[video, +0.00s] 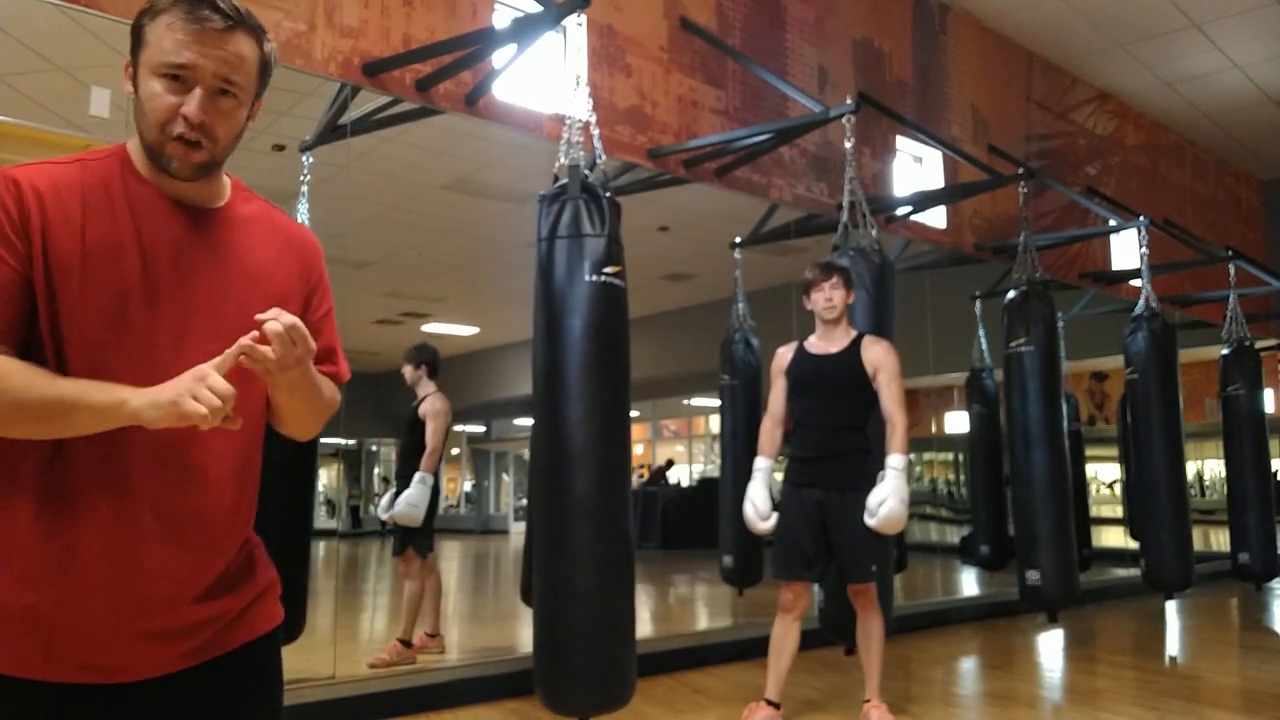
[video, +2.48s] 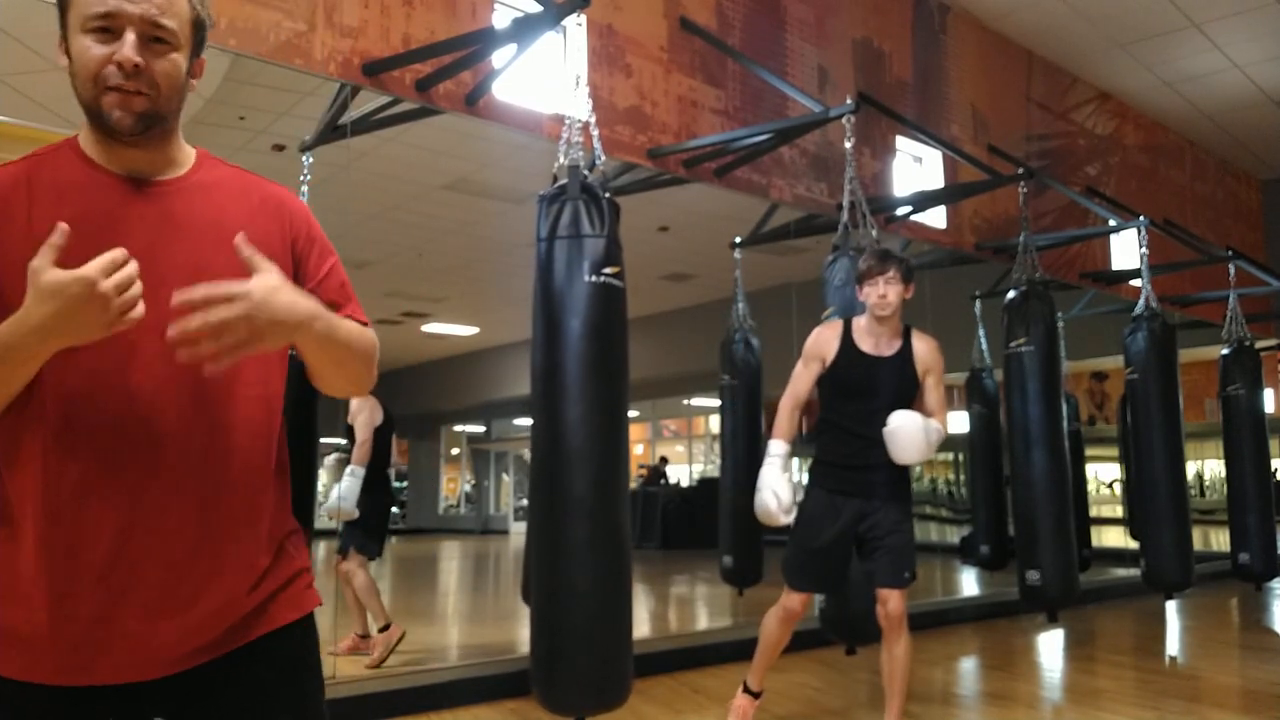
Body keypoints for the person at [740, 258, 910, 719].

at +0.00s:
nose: (827, 296)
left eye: (835, 289)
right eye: (819, 290)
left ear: (849, 296)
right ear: (808, 299)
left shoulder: (876, 351)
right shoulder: (787, 356)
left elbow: (895, 418)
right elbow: (773, 421)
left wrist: (895, 475)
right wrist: (760, 477)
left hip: (858, 491)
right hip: (801, 491)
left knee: (864, 596)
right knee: (789, 598)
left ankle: (873, 700)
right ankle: (771, 702)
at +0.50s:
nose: (813, 295)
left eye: (822, 287)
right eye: (807, 290)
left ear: (842, 294)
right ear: (801, 300)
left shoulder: (872, 349)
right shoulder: (788, 357)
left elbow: (894, 418)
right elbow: (776, 423)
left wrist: (890, 477)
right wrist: (761, 481)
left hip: (856, 492)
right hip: (800, 493)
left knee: (865, 597)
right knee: (786, 596)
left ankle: (873, 701)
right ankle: (771, 702)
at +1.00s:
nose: (776, 293)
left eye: (785, 285)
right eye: (770, 288)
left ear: (807, 294)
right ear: (765, 300)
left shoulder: (836, 343)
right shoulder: (760, 356)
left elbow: (864, 413)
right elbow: (755, 424)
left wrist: (860, 472)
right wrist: (742, 484)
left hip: (831, 489)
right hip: (777, 491)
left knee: (849, 598)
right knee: (773, 597)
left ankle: (872, 699)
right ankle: (769, 704)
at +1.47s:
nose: (780, 291)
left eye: (788, 283)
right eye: (772, 285)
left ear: (806, 290)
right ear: (760, 296)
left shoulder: (834, 340)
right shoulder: (749, 350)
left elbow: (865, 406)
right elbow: (737, 417)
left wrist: (862, 460)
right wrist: (725, 475)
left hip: (831, 490)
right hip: (771, 493)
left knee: (849, 597)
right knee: (770, 599)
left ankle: (878, 706)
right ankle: (768, 704)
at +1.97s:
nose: (868, 295)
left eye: (878, 286)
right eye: (859, 287)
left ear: (897, 294)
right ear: (850, 294)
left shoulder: (914, 352)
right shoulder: (818, 342)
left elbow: (930, 423)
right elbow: (784, 407)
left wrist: (917, 440)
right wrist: (768, 470)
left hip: (883, 498)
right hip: (824, 496)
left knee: (892, 608)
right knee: (790, 606)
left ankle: (893, 716)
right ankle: (744, 687)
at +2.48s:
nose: (881, 292)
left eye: (890, 282)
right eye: (871, 283)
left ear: (907, 290)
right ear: (859, 290)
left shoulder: (923, 350)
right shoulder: (829, 337)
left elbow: (937, 419)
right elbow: (791, 403)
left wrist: (925, 434)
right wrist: (775, 465)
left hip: (887, 496)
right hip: (829, 493)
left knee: (893, 609)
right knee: (793, 605)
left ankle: (894, 716)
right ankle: (751, 690)